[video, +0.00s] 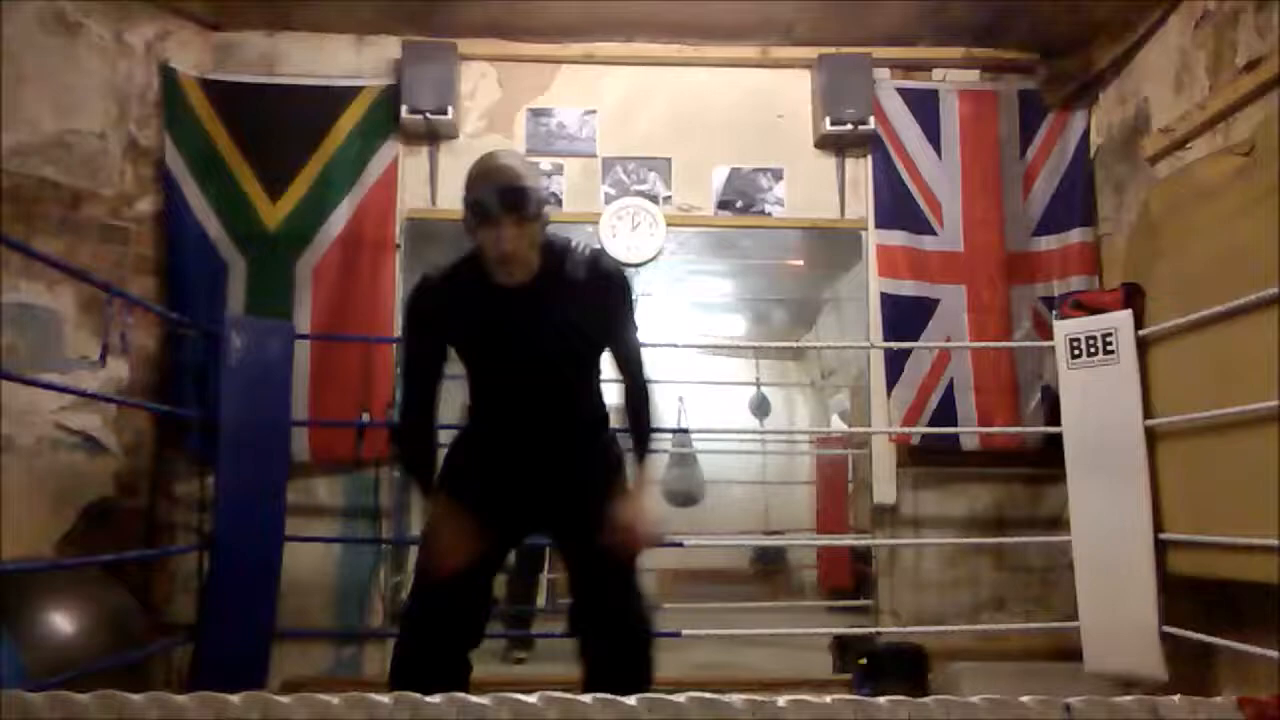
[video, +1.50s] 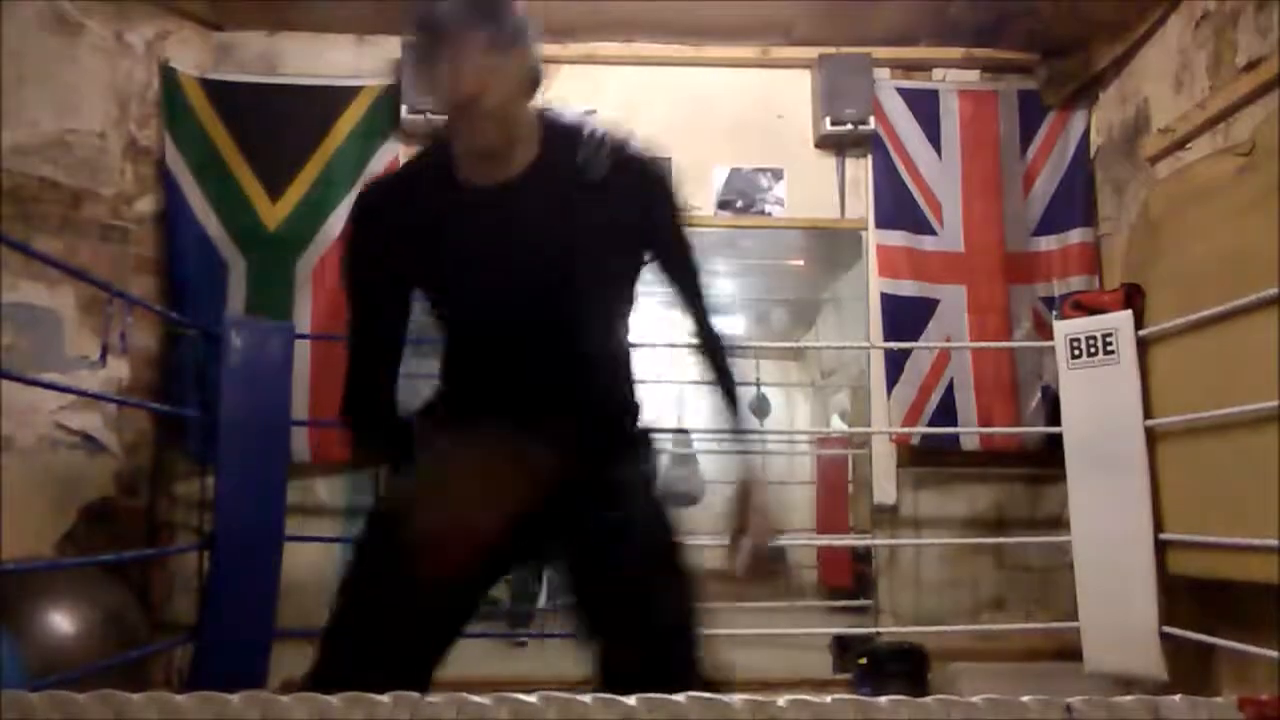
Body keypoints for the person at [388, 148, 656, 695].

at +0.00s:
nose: (504, 241)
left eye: (518, 222)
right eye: (488, 225)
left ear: (541, 219)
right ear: (469, 228)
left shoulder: (593, 280)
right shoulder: (440, 298)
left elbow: (633, 379)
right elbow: (414, 419)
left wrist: (641, 478)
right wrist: (435, 498)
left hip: (583, 465)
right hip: (488, 465)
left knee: (618, 633)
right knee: (430, 635)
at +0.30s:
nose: (649, 120)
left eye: (658, 103)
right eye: (636, 105)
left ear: (675, 103)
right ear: (614, 107)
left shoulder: (697, 162)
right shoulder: (572, 173)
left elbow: (769, 180)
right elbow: (602, 261)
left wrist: (836, 218)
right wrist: (695, 199)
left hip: (682, 387)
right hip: (595, 392)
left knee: (776, 544)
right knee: (541, 568)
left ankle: (802, 700)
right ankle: (487, 714)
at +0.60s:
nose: (837, 201)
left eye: (848, 185)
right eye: (822, 182)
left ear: (863, 186)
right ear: (789, 179)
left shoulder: (864, 267)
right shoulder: (720, 267)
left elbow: (933, 358)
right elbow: (727, 402)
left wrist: (1013, 414)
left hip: (820, 474)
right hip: (726, 482)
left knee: (914, 663)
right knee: (747, 678)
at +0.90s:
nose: (737, 87)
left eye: (755, 72)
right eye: (728, 69)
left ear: (779, 80)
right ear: (706, 73)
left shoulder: (808, 170)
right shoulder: (658, 147)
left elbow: (778, 280)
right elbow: (548, 159)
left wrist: (671, 186)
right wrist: (470, 209)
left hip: (764, 395)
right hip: (665, 393)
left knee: (826, 567)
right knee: (598, 551)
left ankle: (889, 712)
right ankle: (600, 707)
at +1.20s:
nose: (507, 99)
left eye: (528, 76)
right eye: (490, 77)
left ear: (560, 84)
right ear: (470, 90)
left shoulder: (629, 205)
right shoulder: (436, 194)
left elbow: (608, 353)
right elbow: (350, 289)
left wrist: (483, 317)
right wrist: (253, 344)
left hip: (598, 466)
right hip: (484, 454)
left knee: (605, 691)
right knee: (381, 664)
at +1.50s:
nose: (465, 80)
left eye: (489, 53)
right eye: (447, 55)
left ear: (529, 64)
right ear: (427, 72)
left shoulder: (618, 179)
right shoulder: (395, 207)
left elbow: (703, 326)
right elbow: (368, 397)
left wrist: (749, 469)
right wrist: (412, 476)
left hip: (599, 465)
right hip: (462, 460)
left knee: (662, 694)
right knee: (351, 690)